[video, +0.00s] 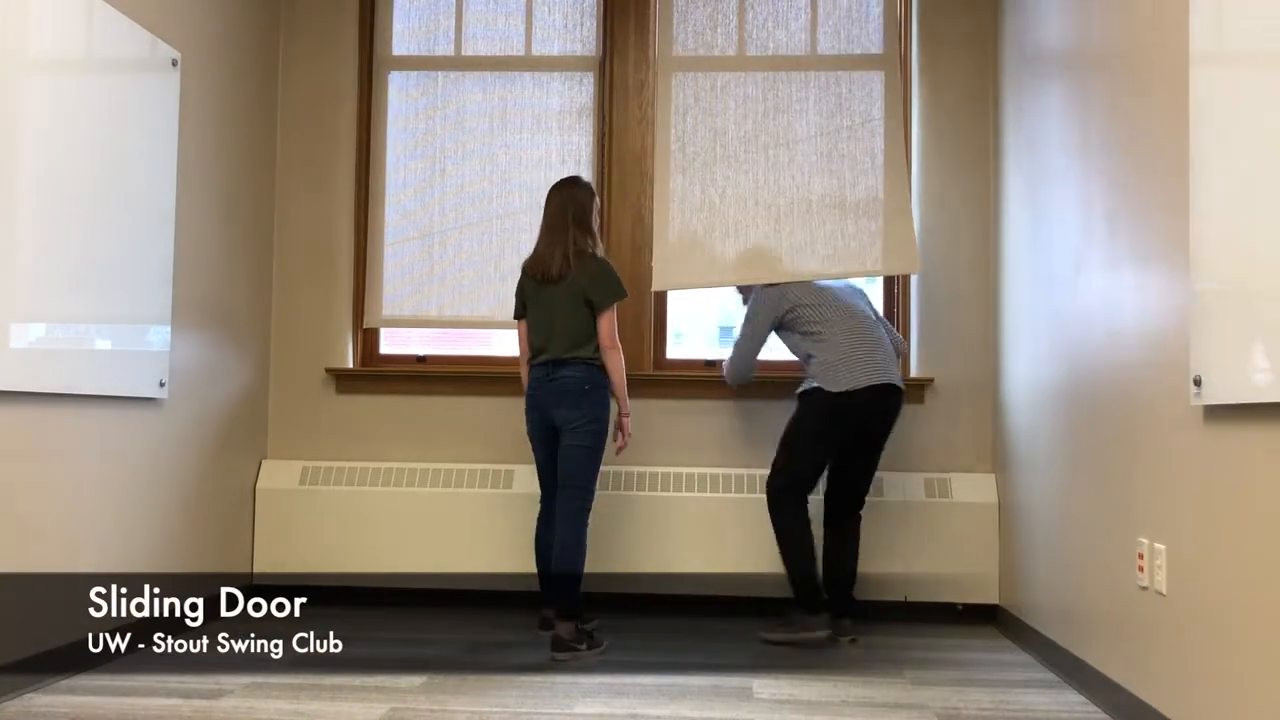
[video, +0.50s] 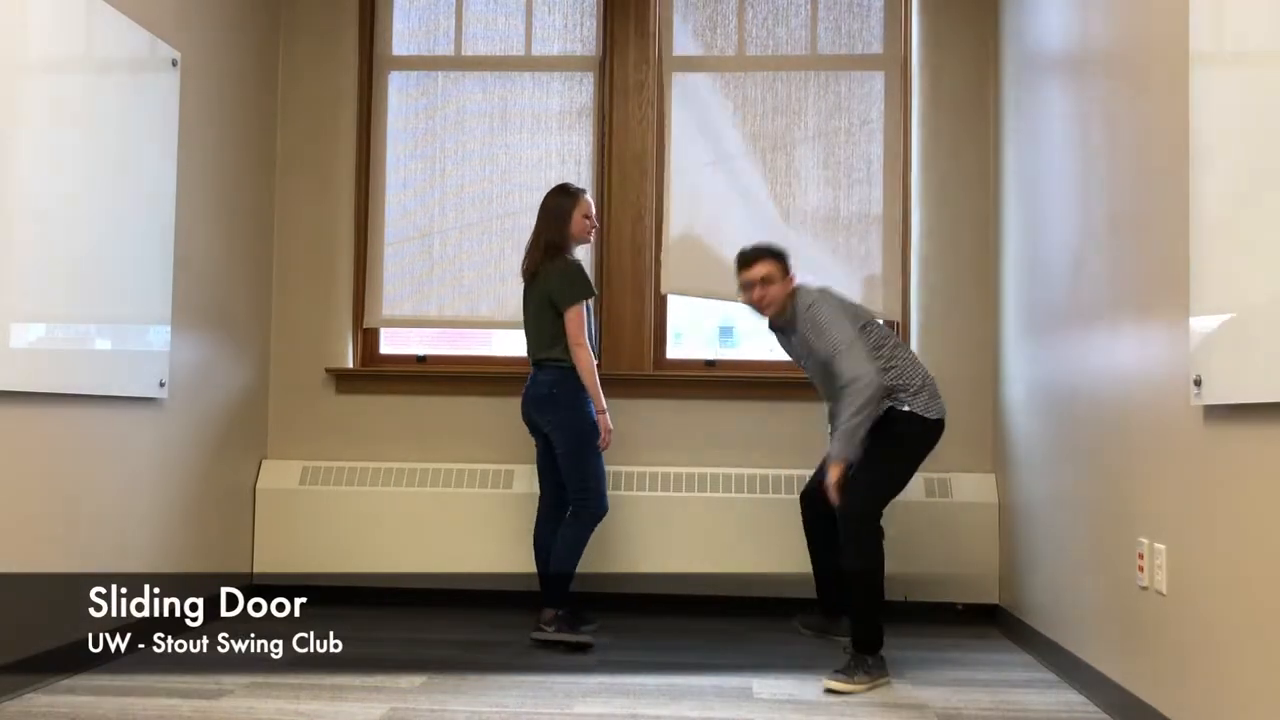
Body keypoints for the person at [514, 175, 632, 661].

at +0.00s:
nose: (600, 217)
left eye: (597, 208)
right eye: (597, 211)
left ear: (551, 214)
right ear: (589, 215)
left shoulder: (531, 270)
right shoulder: (597, 270)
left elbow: (526, 350)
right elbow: (609, 344)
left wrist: (534, 400)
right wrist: (624, 407)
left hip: (540, 391)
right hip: (584, 390)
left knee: (551, 502)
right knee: (574, 507)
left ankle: (554, 615)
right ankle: (567, 628)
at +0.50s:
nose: (593, 224)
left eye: (592, 216)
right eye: (586, 216)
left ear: (555, 220)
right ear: (563, 220)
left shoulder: (540, 270)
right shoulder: (568, 272)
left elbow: (537, 345)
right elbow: (577, 345)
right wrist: (601, 406)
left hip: (541, 391)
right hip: (565, 393)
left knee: (553, 502)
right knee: (590, 502)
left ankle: (553, 612)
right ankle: (555, 612)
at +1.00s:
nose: (574, 216)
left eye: (578, 210)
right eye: (565, 209)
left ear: (582, 218)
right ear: (545, 216)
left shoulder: (575, 277)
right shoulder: (534, 267)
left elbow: (581, 350)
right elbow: (531, 338)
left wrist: (591, 404)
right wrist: (560, 399)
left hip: (574, 394)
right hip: (543, 393)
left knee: (571, 502)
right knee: (550, 501)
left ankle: (556, 604)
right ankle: (534, 610)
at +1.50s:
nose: (567, 215)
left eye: (574, 208)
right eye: (558, 209)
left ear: (584, 216)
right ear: (543, 216)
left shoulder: (591, 278)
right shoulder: (527, 263)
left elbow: (601, 348)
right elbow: (515, 332)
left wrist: (584, 395)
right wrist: (547, 393)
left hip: (576, 391)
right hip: (532, 388)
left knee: (564, 504)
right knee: (535, 501)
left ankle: (559, 609)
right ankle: (530, 612)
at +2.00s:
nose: (565, 216)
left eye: (571, 209)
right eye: (555, 210)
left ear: (580, 216)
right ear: (540, 217)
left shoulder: (591, 276)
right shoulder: (526, 266)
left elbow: (601, 348)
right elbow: (518, 338)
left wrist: (588, 397)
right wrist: (550, 397)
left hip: (577, 393)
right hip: (534, 391)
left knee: (563, 505)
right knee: (533, 502)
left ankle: (560, 608)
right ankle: (530, 611)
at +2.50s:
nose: (569, 216)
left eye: (575, 209)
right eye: (559, 210)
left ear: (583, 216)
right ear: (543, 217)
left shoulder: (592, 276)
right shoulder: (528, 265)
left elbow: (602, 349)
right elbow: (520, 337)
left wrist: (589, 398)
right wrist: (551, 396)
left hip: (579, 394)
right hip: (535, 391)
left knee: (564, 504)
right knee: (534, 501)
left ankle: (559, 606)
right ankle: (530, 609)